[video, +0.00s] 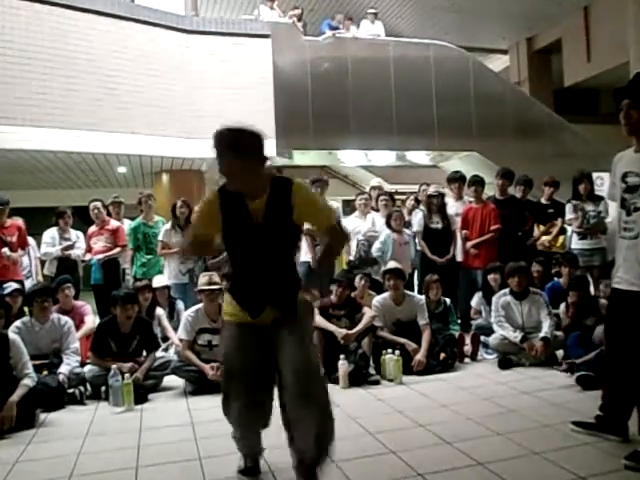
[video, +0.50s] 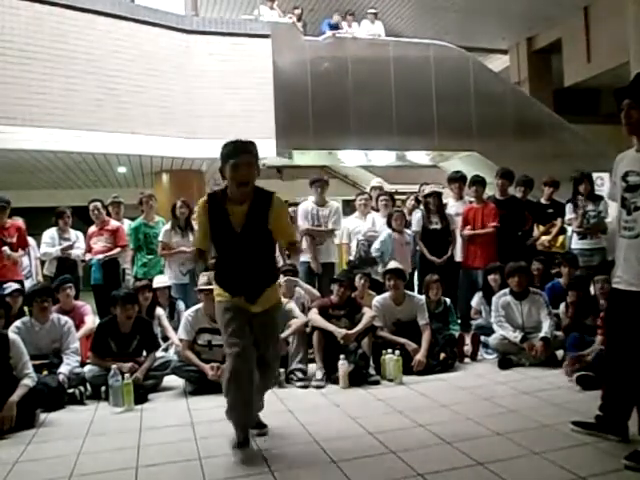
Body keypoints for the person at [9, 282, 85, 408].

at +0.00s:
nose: (44, 305)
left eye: (47, 301)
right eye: (39, 302)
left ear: (53, 303)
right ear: (31, 305)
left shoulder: (64, 323)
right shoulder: (18, 328)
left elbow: (72, 353)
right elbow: (15, 357)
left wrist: (63, 373)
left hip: (58, 369)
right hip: (32, 372)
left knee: (79, 375)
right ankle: (69, 397)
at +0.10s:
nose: (44, 305)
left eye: (47, 301)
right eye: (39, 302)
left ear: (53, 303)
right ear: (31, 305)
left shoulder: (64, 323)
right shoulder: (18, 328)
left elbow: (72, 353)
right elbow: (15, 357)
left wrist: (63, 373)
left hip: (58, 369)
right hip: (32, 372)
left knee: (79, 375)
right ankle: (69, 397)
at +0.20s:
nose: (44, 306)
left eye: (47, 301)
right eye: (39, 302)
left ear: (53, 303)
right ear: (31, 306)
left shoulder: (64, 324)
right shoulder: (18, 328)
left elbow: (72, 353)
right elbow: (15, 358)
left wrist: (63, 374)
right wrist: (32, 377)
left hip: (58, 369)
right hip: (32, 372)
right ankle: (68, 398)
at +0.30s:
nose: (44, 305)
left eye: (47, 301)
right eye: (39, 302)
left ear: (52, 303)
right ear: (31, 305)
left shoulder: (64, 324)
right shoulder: (19, 328)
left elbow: (72, 353)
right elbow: (13, 357)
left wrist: (63, 374)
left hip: (58, 369)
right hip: (32, 372)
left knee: (79, 376)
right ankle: (69, 397)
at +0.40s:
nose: (44, 305)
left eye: (47, 301)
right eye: (39, 301)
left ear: (52, 303)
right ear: (31, 305)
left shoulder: (64, 324)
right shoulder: (19, 328)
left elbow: (72, 353)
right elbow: (13, 358)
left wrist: (63, 374)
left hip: (58, 369)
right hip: (32, 372)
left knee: (79, 376)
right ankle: (69, 397)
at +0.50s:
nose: (44, 305)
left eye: (47, 301)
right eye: (39, 301)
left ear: (52, 303)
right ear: (31, 305)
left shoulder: (64, 323)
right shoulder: (18, 328)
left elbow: (72, 353)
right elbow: (14, 358)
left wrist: (63, 373)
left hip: (58, 369)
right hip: (32, 372)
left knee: (79, 375)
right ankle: (69, 397)